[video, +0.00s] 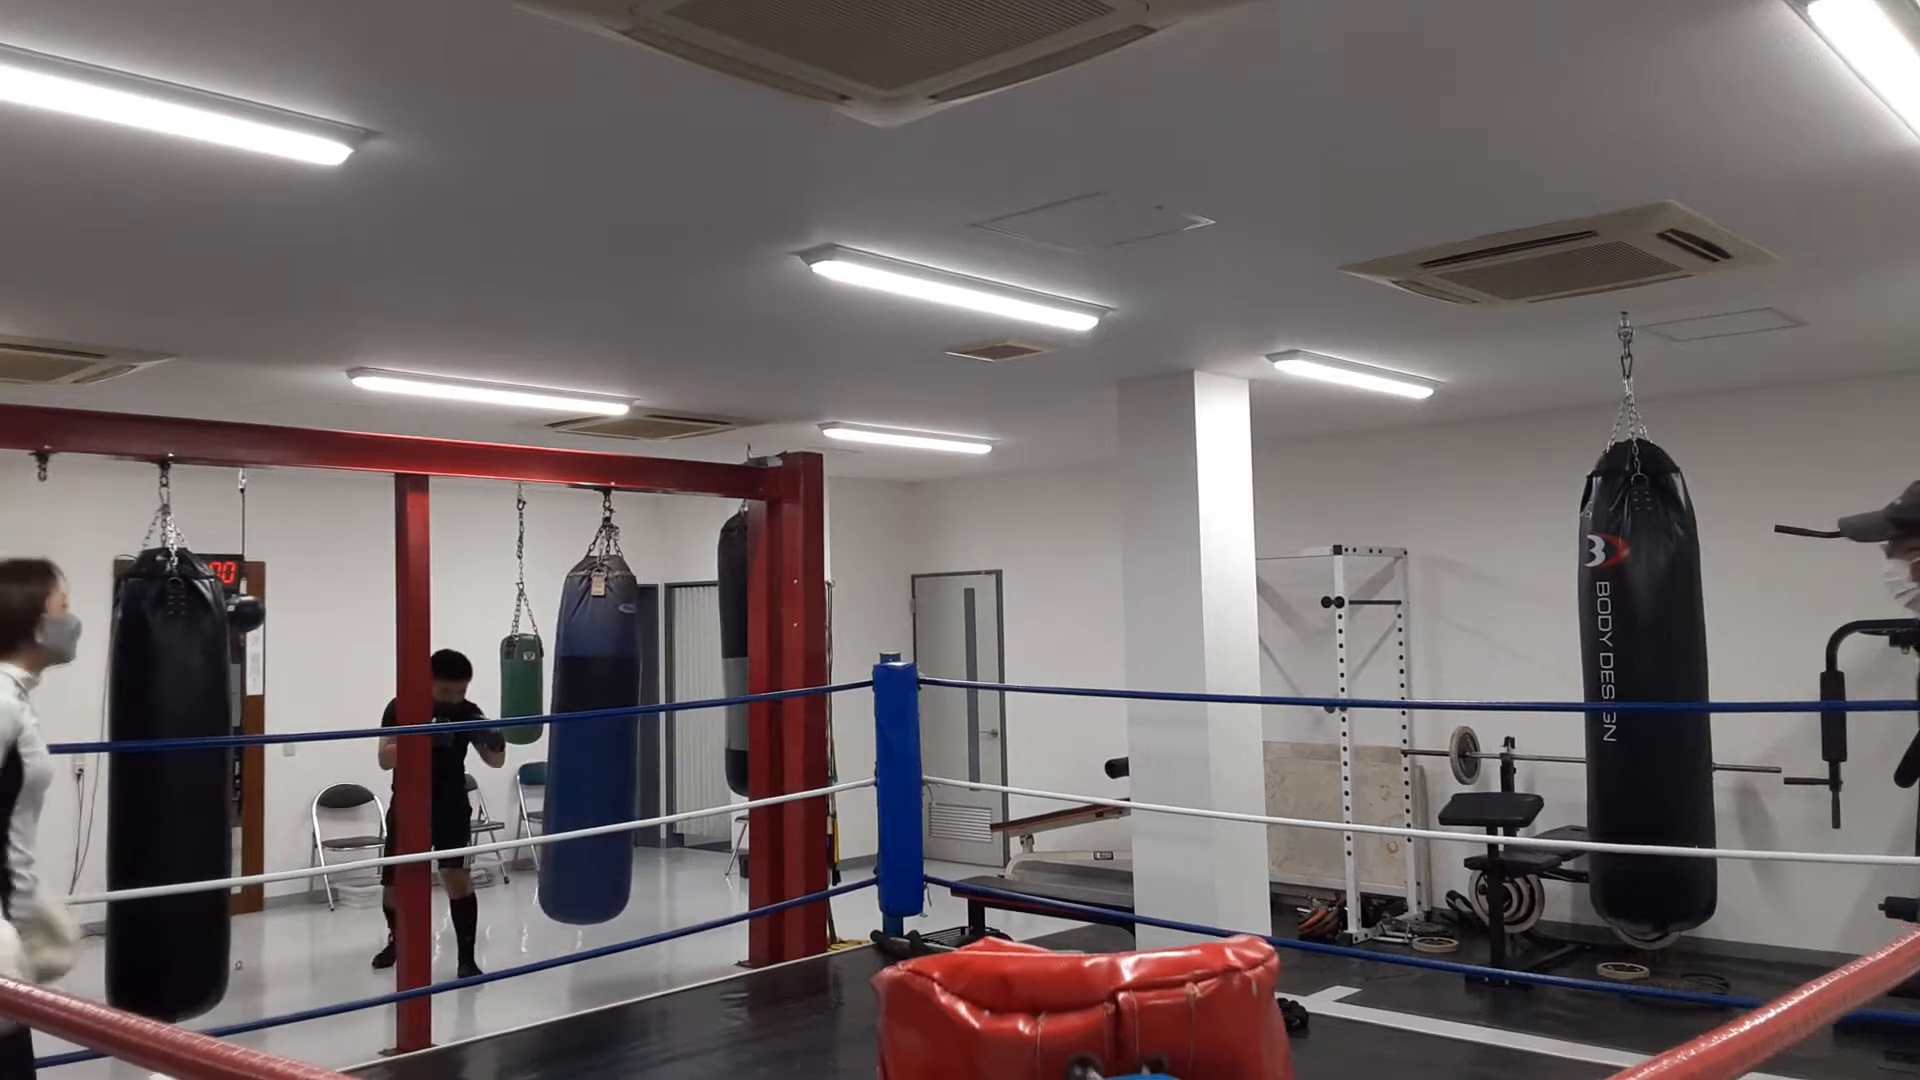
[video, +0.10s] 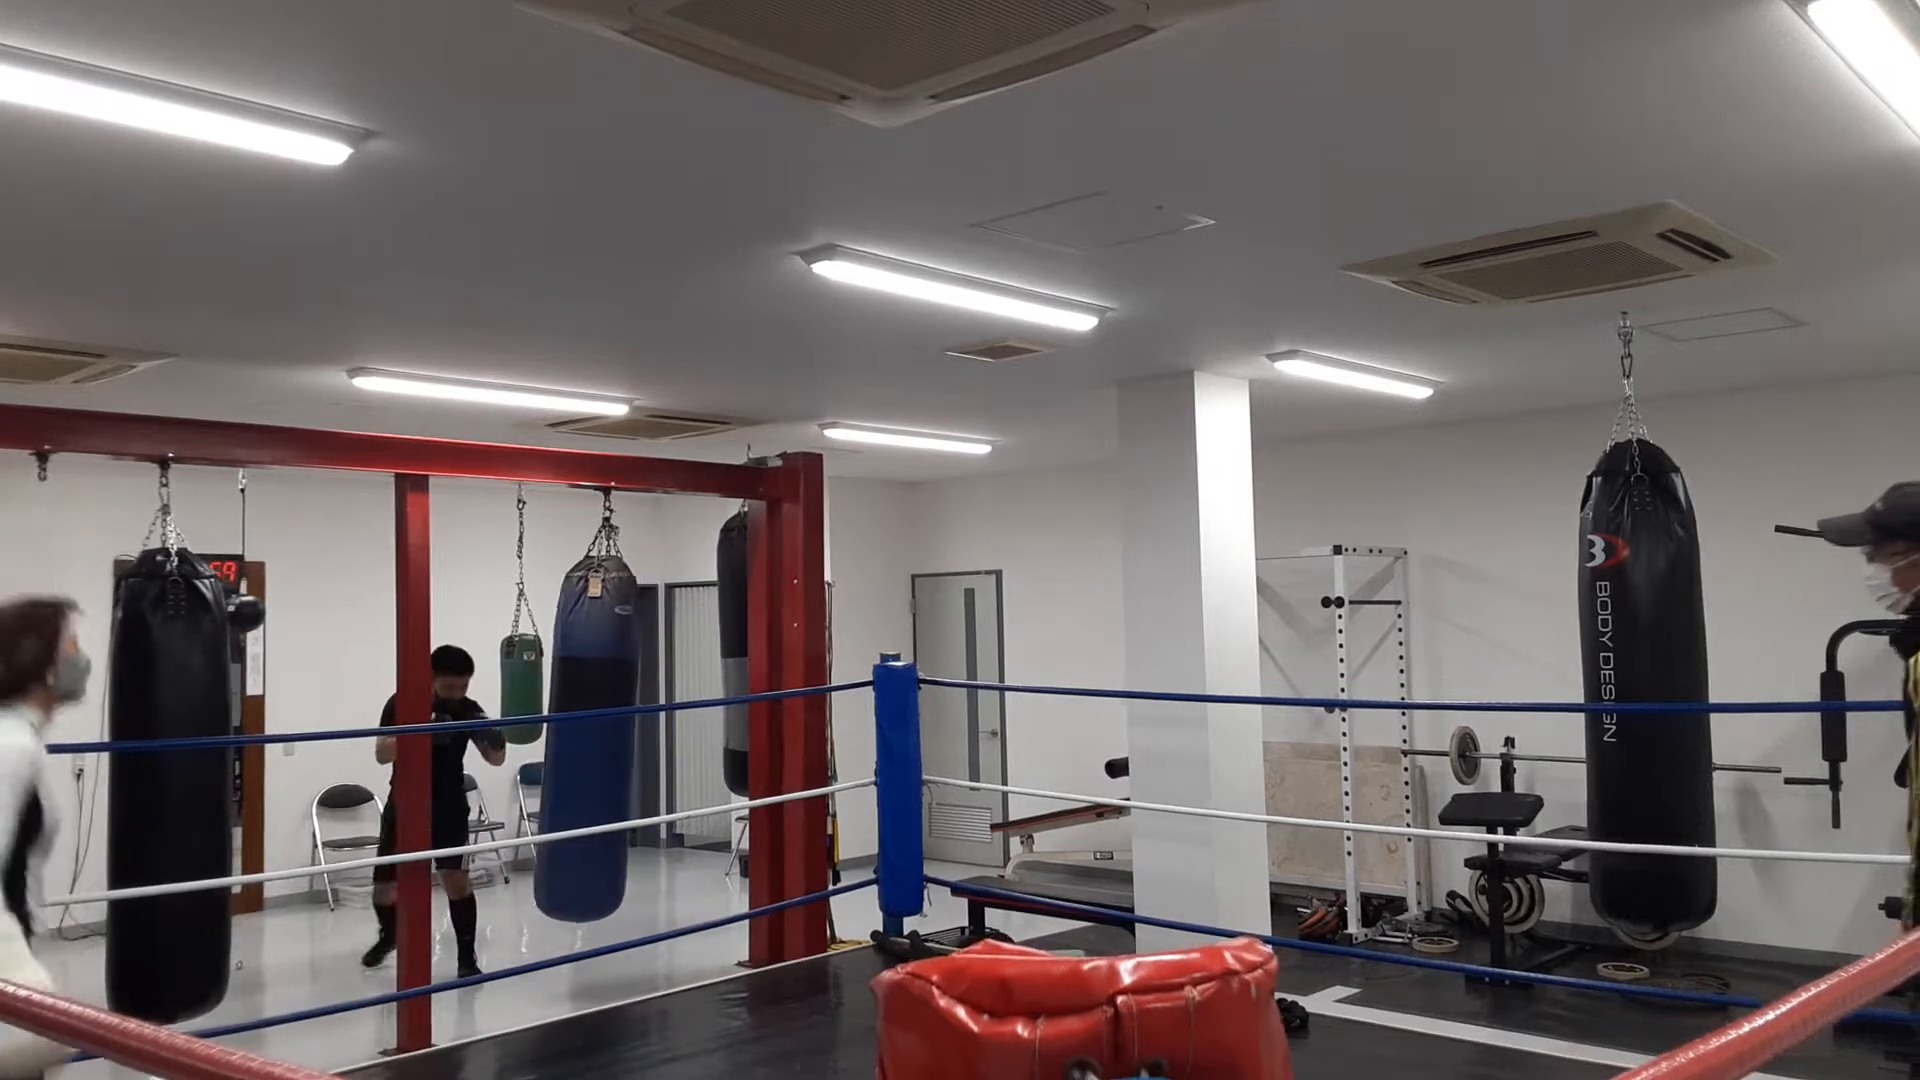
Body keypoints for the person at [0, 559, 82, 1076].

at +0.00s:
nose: (74, 621)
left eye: (69, 607)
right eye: (64, 609)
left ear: (31, 623)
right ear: (36, 622)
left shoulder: (20, 705)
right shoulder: (8, 710)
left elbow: (15, 835)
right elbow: (9, 841)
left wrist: (35, 910)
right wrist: (15, 925)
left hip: (18, 911)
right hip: (7, 922)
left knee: (18, 1061)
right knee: (16, 1064)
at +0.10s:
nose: (84, 658)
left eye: (79, 645)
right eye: (73, 646)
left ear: (34, 660)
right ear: (43, 659)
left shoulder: (26, 740)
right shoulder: (15, 747)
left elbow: (14, 870)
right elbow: (1, 884)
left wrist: (27, 973)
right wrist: (28, 983)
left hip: (18, 944)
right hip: (10, 950)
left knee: (41, 1044)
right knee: (38, 1041)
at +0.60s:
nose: (236, 671)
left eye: (232, 660)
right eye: (227, 661)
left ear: (170, 680)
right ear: (203, 678)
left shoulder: (129, 748)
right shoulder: (179, 752)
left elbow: (97, 867)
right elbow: (162, 875)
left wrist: (57, 946)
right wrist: (177, 980)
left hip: (104, 960)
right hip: (143, 962)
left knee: (122, 1066)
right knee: (225, 1065)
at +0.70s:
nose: (261, 668)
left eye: (258, 657)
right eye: (253, 658)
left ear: (188, 671)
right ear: (234, 671)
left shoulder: (153, 743)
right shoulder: (227, 737)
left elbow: (129, 855)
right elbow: (218, 839)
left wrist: (122, 943)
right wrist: (214, 942)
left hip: (150, 943)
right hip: (200, 944)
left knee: (171, 1068)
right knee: (249, 1066)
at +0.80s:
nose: (306, 656)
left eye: (302, 644)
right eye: (297, 645)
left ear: (244, 651)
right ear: (273, 653)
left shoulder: (195, 727)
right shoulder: (252, 721)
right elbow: (245, 832)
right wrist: (267, 929)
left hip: (198, 928)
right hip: (242, 927)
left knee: (247, 1065)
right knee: (295, 1066)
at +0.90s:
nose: (342, 655)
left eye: (340, 643)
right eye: (336, 644)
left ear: (276, 647)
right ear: (312, 653)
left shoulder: (236, 717)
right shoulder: (286, 717)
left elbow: (230, 830)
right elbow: (278, 830)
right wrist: (325, 918)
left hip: (237, 919)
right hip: (276, 920)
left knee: (258, 1061)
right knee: (364, 1044)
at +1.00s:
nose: (383, 655)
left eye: (379, 644)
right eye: (375, 645)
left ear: (315, 652)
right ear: (352, 657)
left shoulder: (271, 724)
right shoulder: (330, 722)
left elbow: (265, 829)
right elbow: (326, 831)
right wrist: (373, 913)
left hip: (275, 920)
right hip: (327, 918)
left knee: (271, 1067)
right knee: (402, 1058)